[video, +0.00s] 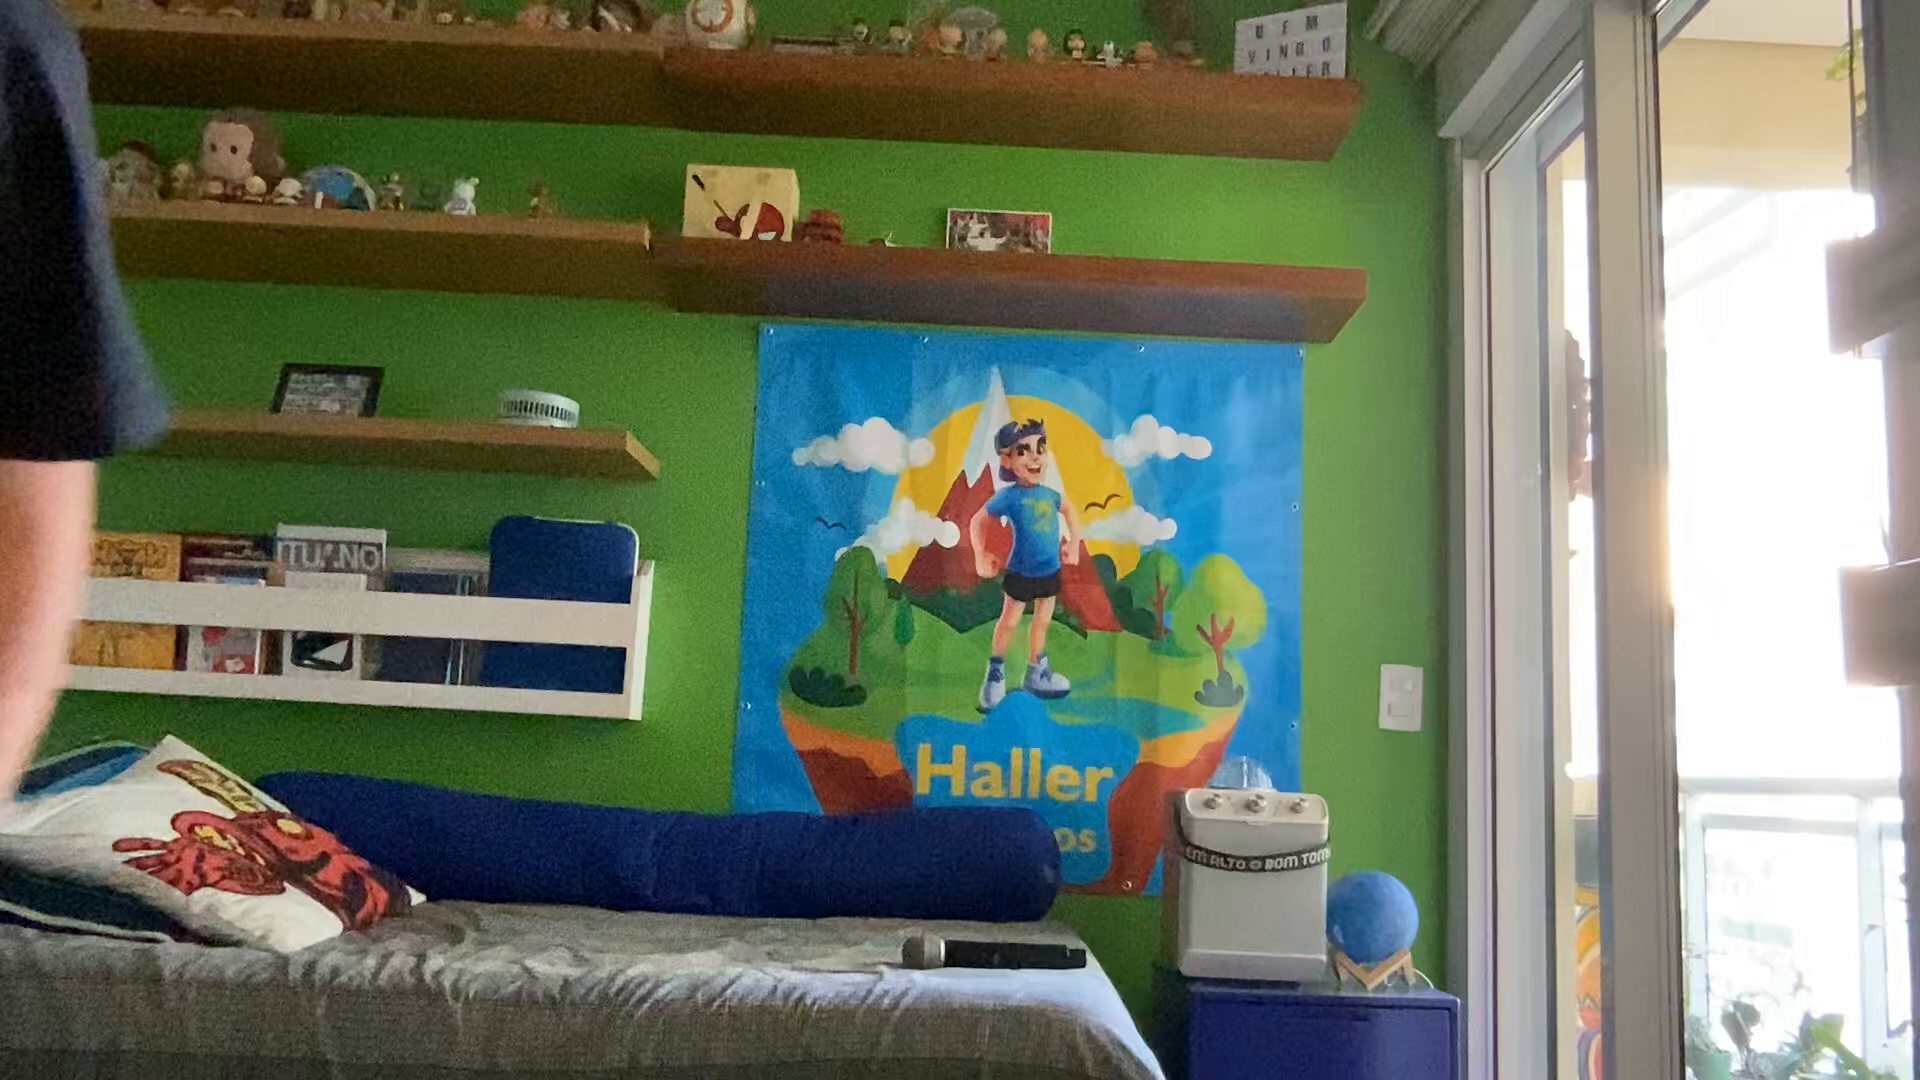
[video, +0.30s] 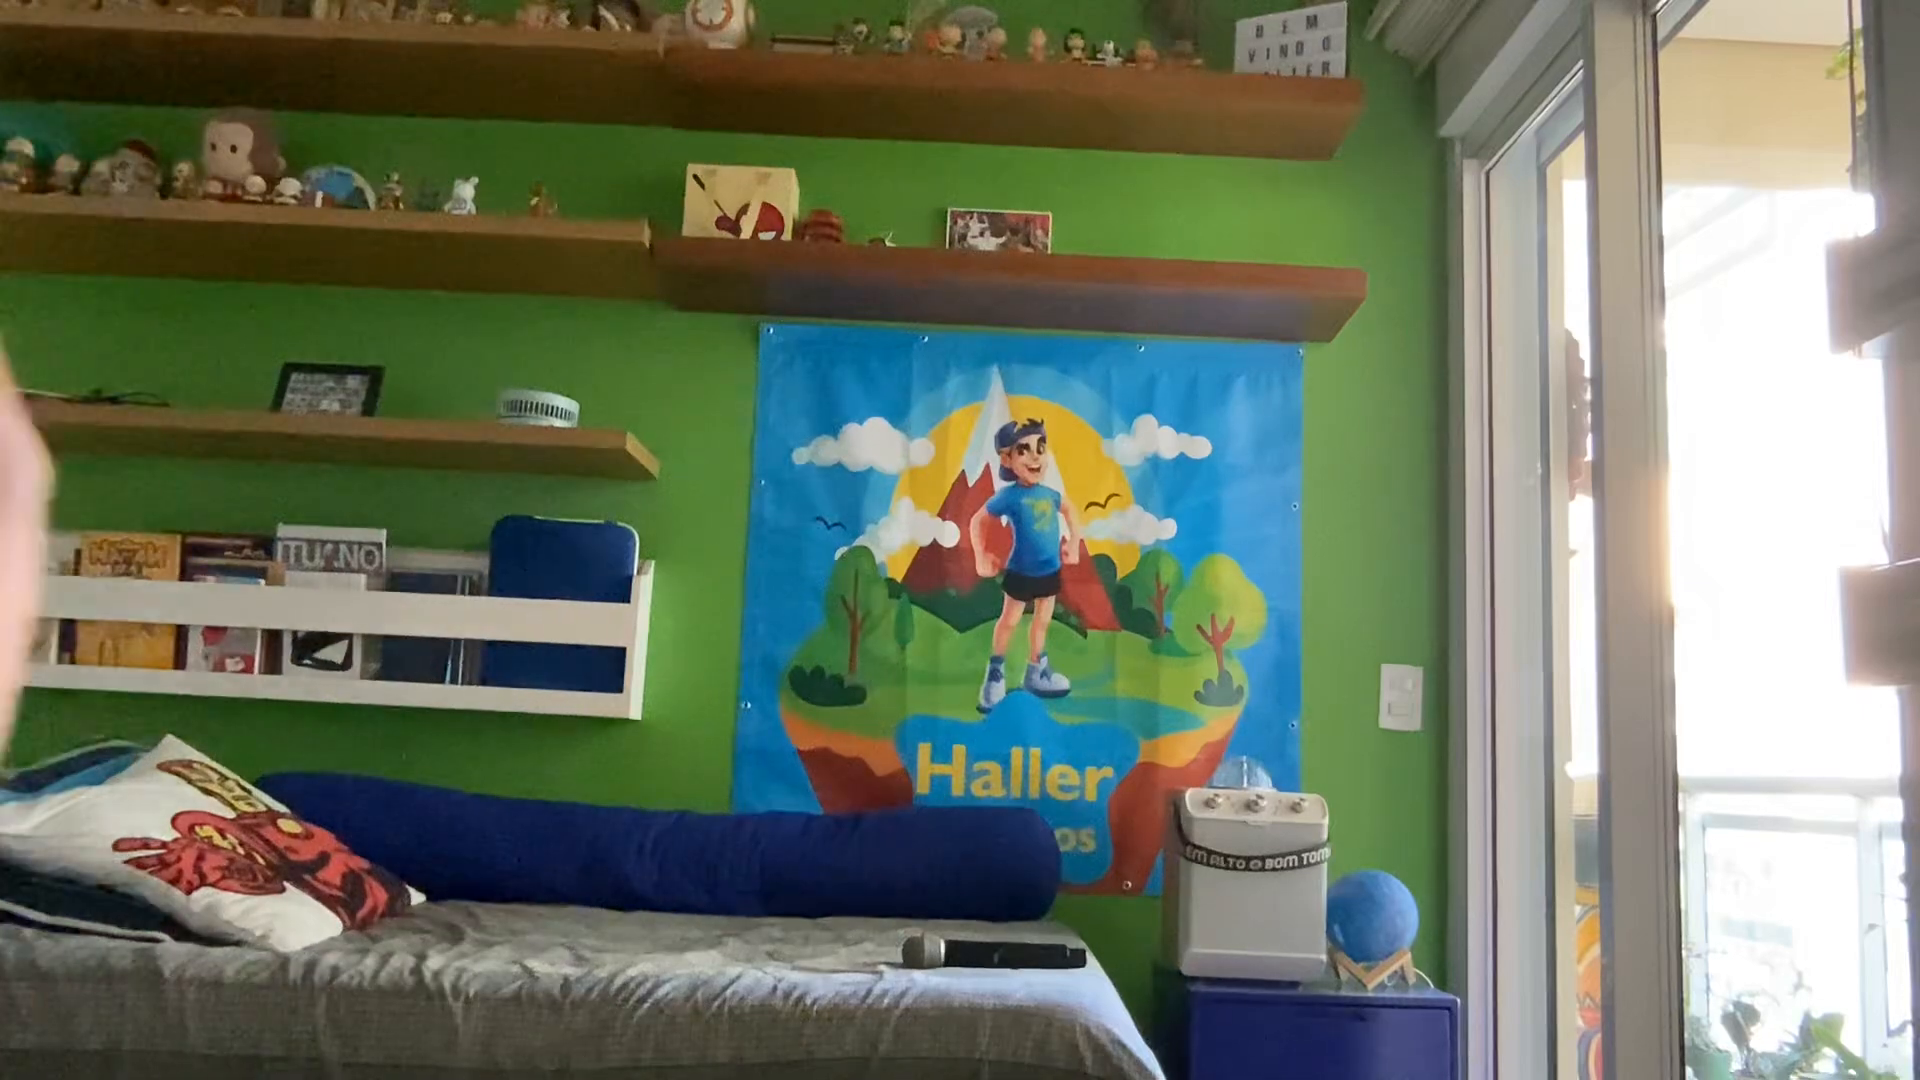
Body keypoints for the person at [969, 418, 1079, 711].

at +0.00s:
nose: (1034, 458)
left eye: (1040, 450)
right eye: (1024, 451)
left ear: (1047, 456)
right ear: (1007, 461)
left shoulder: (1050, 495)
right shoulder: (1007, 496)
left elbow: (1069, 511)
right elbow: (977, 521)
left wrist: (1074, 542)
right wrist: (980, 555)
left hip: (1049, 571)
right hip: (1020, 572)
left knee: (1043, 619)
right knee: (1009, 620)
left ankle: (1037, 671)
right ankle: (995, 672)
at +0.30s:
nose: (1034, 458)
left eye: (1040, 450)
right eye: (1024, 451)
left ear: (1047, 455)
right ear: (1007, 459)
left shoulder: (1050, 494)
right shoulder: (1008, 496)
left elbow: (1070, 512)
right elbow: (977, 520)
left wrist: (1074, 541)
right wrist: (980, 555)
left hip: (1049, 570)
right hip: (1020, 571)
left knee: (1043, 618)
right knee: (1010, 619)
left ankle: (1036, 670)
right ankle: (995, 672)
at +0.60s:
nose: (1034, 458)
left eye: (1040, 449)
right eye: (1024, 450)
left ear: (1046, 455)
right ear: (1007, 459)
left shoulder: (1050, 494)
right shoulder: (1007, 496)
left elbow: (1070, 513)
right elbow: (977, 521)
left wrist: (1074, 541)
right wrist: (980, 555)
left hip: (1049, 570)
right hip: (1020, 572)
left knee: (1043, 618)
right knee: (1010, 619)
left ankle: (1036, 670)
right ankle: (996, 670)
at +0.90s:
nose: (1034, 458)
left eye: (1040, 450)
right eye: (1024, 450)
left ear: (1047, 455)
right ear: (1008, 459)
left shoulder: (1050, 494)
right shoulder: (1008, 496)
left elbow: (1070, 513)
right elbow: (977, 521)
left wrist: (1074, 542)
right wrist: (980, 555)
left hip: (1049, 570)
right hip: (1020, 571)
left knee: (1043, 618)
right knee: (1010, 619)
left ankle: (1036, 670)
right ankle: (996, 671)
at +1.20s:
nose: (1034, 458)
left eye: (1040, 450)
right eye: (1024, 450)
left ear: (1046, 455)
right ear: (1008, 459)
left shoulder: (1050, 494)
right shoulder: (1008, 496)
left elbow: (1070, 513)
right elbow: (977, 521)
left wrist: (1074, 542)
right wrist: (980, 555)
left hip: (1049, 570)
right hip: (1020, 572)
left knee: (1043, 618)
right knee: (1010, 619)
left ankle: (1036, 670)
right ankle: (995, 672)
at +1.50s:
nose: (1034, 458)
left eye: (1040, 450)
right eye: (1024, 450)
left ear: (1046, 455)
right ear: (1008, 459)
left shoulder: (1050, 494)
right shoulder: (1007, 496)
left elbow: (1070, 513)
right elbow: (977, 521)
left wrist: (1074, 542)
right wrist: (980, 555)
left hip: (1049, 570)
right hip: (1020, 571)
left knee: (1043, 618)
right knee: (1010, 619)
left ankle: (1036, 670)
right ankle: (995, 671)